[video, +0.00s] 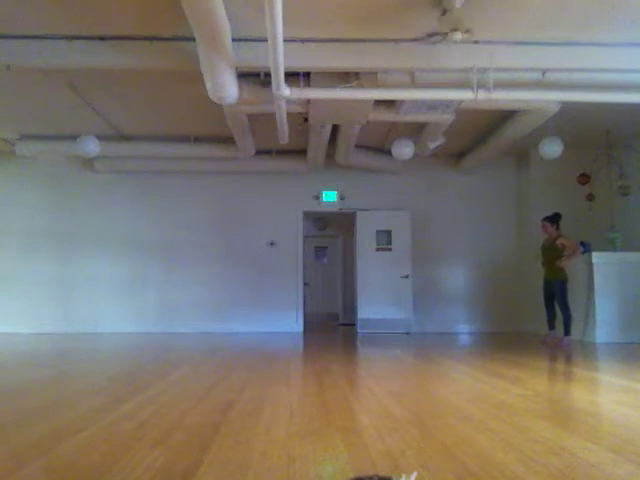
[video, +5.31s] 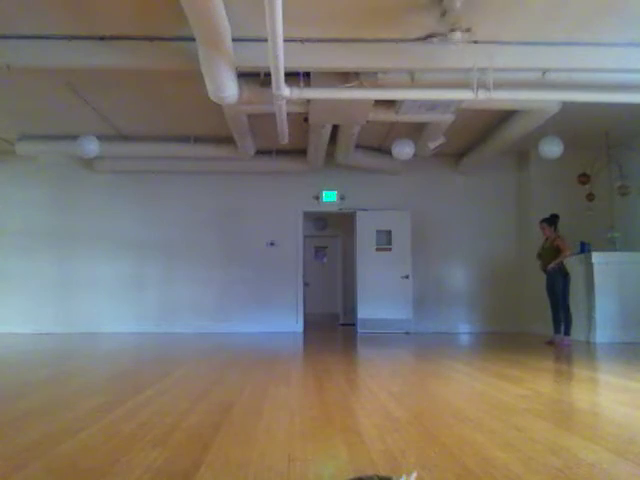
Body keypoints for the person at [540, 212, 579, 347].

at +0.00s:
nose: (543, 229)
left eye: (545, 226)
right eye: (543, 227)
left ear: (554, 226)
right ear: (547, 227)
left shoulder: (560, 239)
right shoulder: (547, 240)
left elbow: (575, 249)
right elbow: (550, 253)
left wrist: (563, 260)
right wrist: (545, 261)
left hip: (558, 274)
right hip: (548, 274)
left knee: (562, 304)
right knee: (548, 303)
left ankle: (567, 335)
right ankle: (551, 331)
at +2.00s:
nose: (540, 241)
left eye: (540, 238)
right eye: (538, 239)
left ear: (546, 233)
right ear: (540, 237)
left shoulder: (558, 240)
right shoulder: (545, 243)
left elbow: (571, 252)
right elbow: (546, 257)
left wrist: (558, 261)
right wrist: (543, 263)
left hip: (559, 273)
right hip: (549, 273)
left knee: (562, 304)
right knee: (552, 305)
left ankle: (566, 336)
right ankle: (556, 334)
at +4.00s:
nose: (541, 232)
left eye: (543, 228)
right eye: (540, 229)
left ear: (550, 228)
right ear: (542, 229)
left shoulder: (558, 240)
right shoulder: (545, 241)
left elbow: (566, 255)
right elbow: (545, 255)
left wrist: (552, 264)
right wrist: (542, 264)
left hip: (558, 273)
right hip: (548, 273)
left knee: (561, 304)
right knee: (552, 305)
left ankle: (566, 335)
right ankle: (556, 334)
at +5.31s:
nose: (542, 232)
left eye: (544, 228)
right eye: (542, 229)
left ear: (552, 228)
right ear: (545, 229)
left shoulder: (558, 240)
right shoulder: (546, 241)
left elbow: (566, 252)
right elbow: (541, 255)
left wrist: (553, 263)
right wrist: (543, 264)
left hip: (560, 273)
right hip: (550, 273)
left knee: (563, 304)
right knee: (554, 305)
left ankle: (566, 336)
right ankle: (556, 335)